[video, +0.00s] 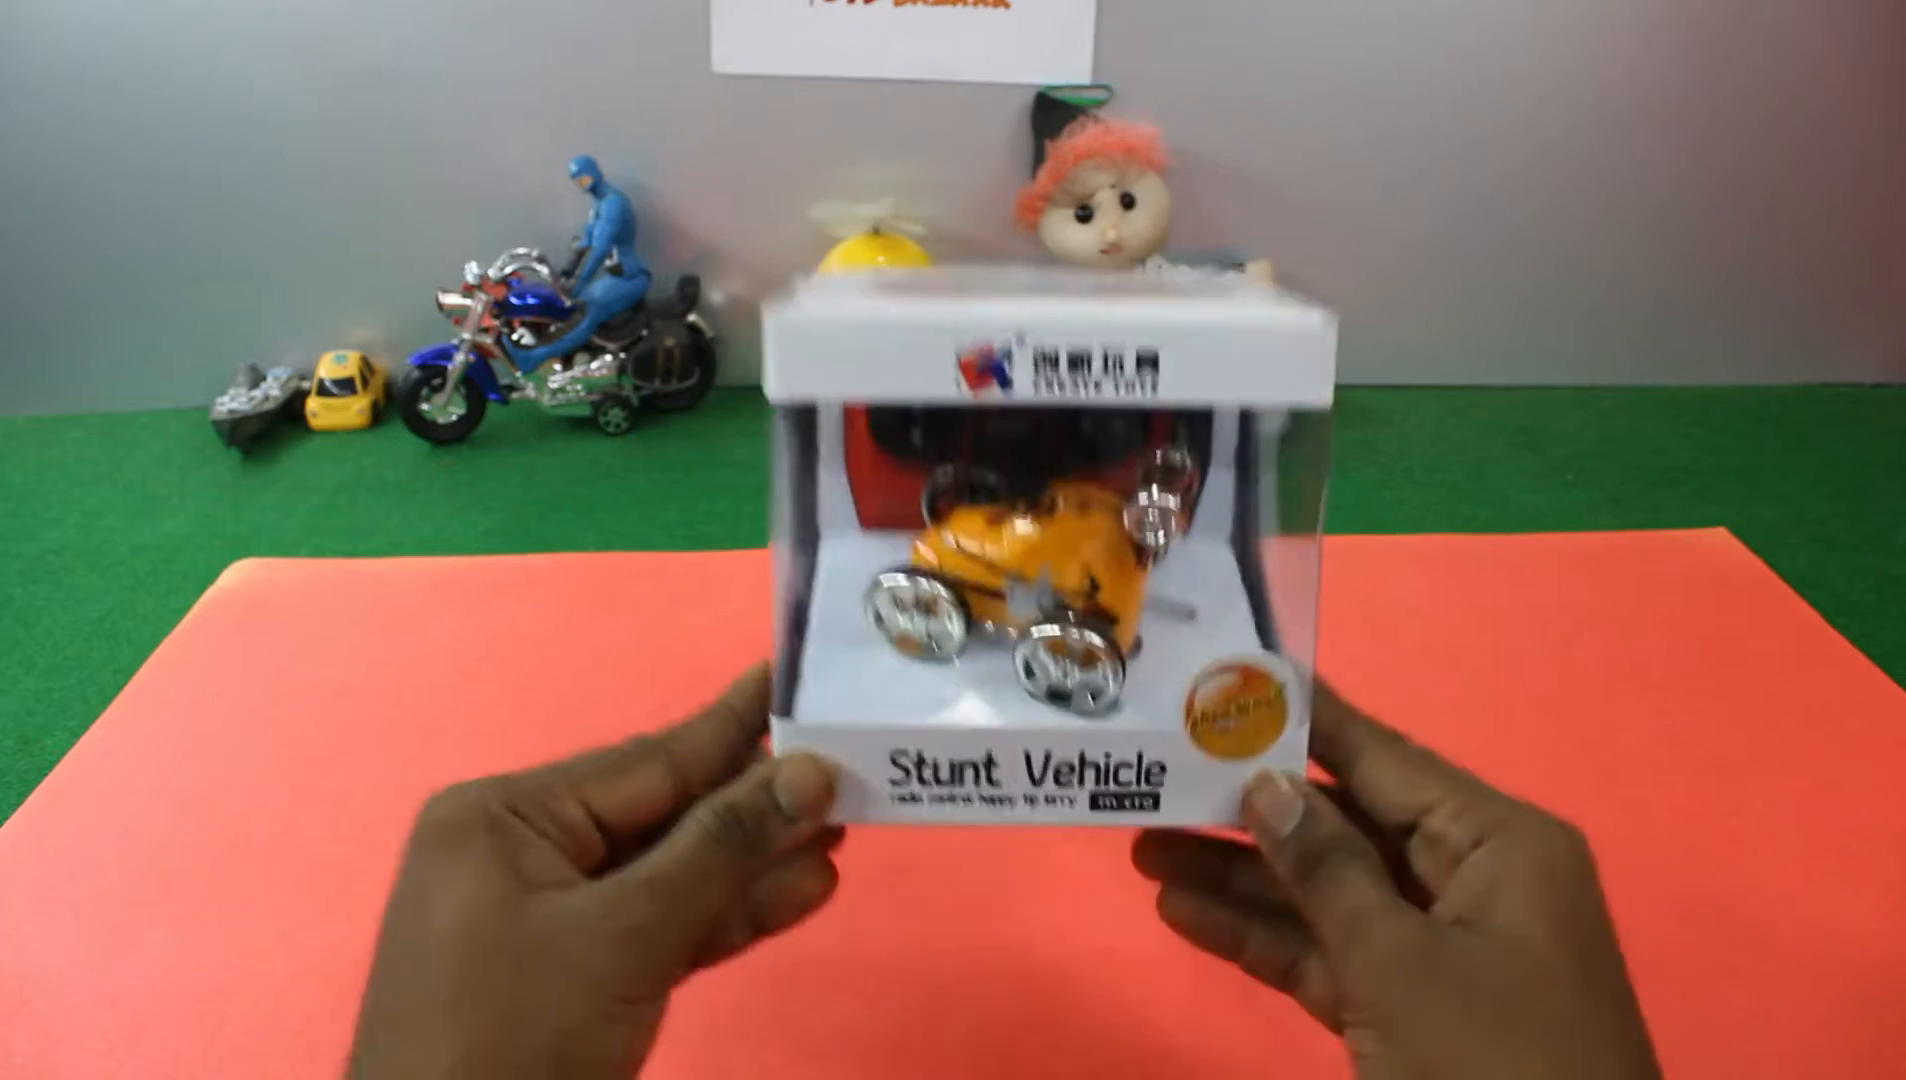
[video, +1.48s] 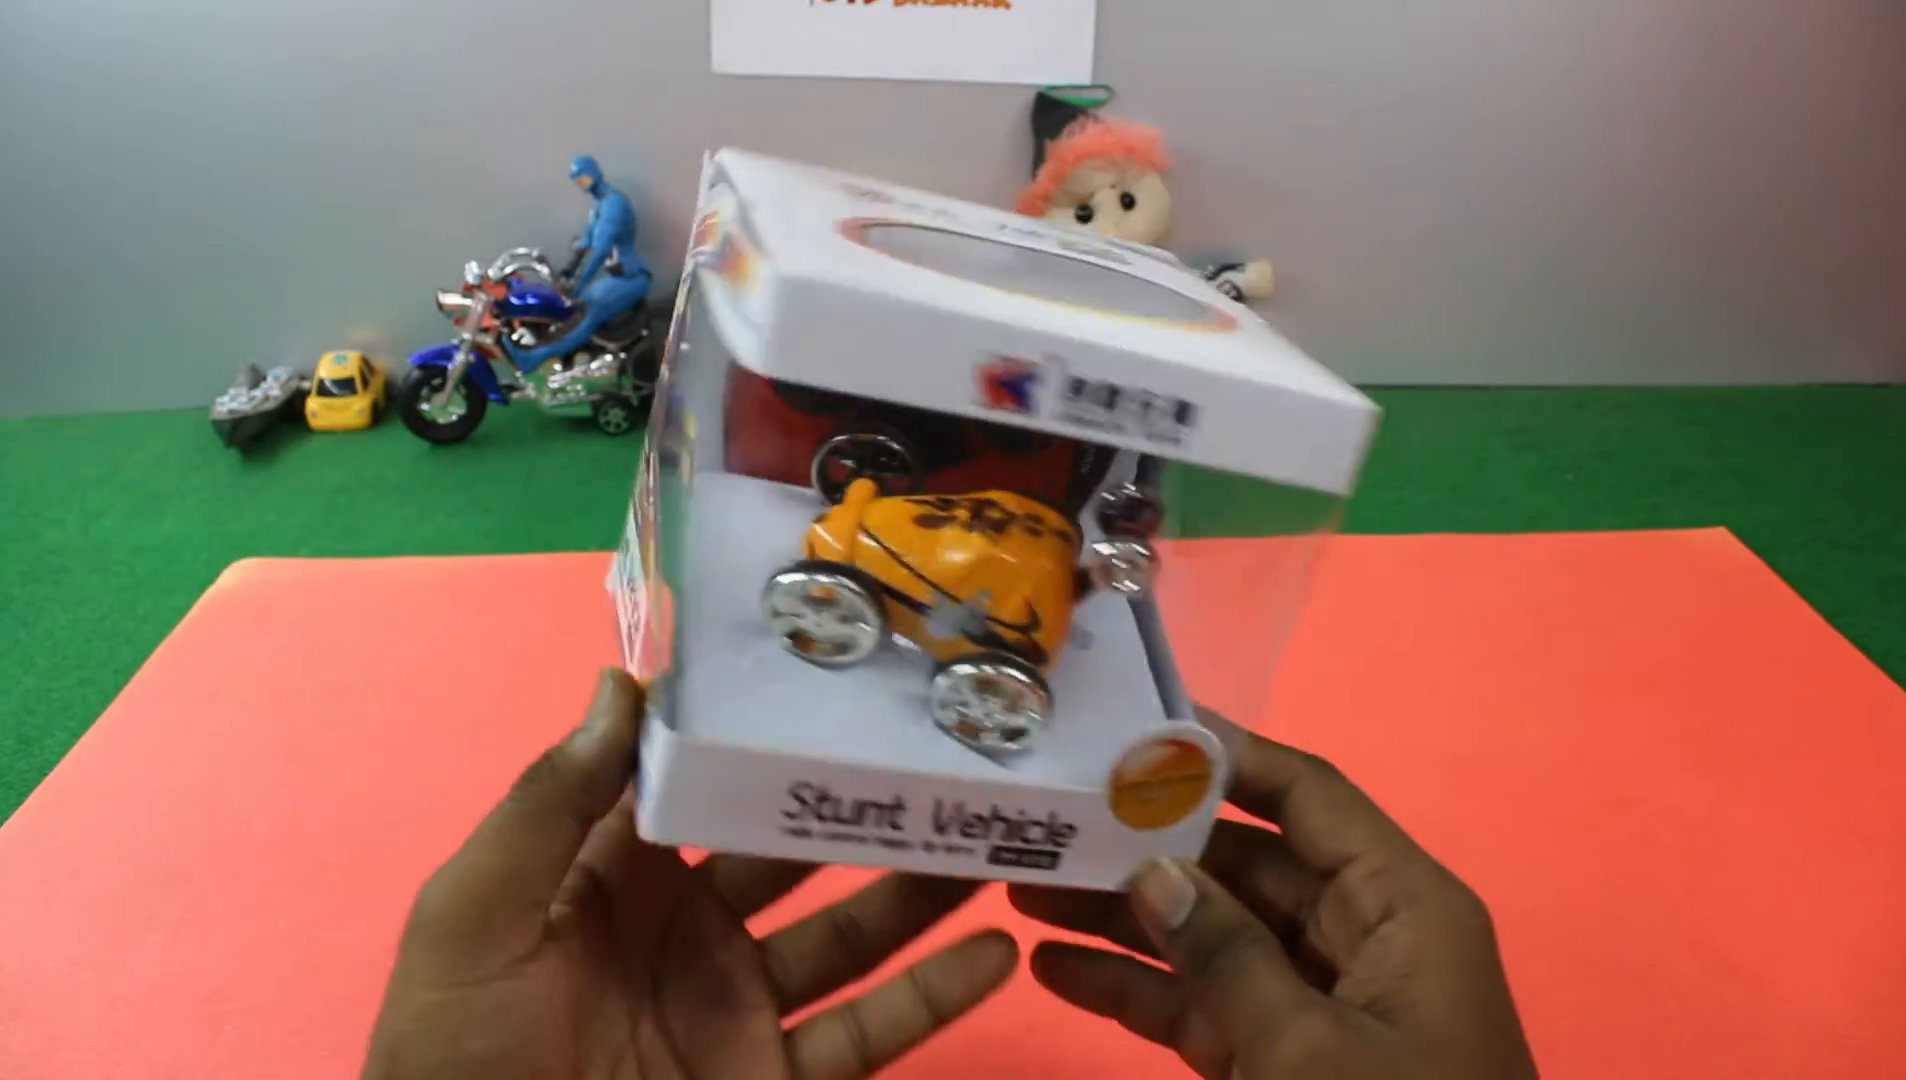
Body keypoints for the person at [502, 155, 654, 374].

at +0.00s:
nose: (581, 184)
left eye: (583, 177)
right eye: (576, 180)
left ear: (594, 174)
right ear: (576, 181)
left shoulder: (614, 203)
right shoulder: (598, 204)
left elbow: (601, 248)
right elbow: (587, 241)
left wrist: (577, 287)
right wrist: (567, 272)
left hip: (630, 277)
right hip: (611, 272)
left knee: (592, 313)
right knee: (573, 302)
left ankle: (532, 358)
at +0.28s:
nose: (581, 184)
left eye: (583, 177)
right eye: (576, 179)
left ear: (594, 174)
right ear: (576, 181)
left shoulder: (614, 203)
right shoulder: (598, 203)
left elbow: (601, 248)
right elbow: (586, 240)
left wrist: (577, 287)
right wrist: (567, 271)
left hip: (630, 277)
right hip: (611, 272)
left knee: (593, 312)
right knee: (574, 302)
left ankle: (532, 358)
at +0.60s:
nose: (581, 184)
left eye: (583, 177)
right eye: (576, 180)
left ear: (594, 174)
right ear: (576, 181)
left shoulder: (614, 203)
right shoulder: (598, 203)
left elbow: (601, 248)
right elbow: (586, 241)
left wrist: (577, 287)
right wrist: (567, 271)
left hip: (631, 277)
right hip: (612, 272)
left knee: (593, 313)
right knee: (575, 301)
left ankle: (532, 359)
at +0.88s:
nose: (581, 184)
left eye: (583, 177)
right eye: (576, 180)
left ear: (594, 174)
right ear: (576, 181)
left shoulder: (614, 203)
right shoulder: (598, 203)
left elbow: (601, 248)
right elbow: (586, 241)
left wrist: (577, 287)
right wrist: (567, 271)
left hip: (631, 277)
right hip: (611, 272)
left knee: (593, 313)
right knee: (574, 301)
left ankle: (532, 359)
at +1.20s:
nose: (581, 184)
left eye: (583, 177)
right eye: (577, 180)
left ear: (594, 174)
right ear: (577, 181)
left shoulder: (614, 203)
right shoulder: (598, 205)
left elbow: (602, 248)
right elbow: (587, 241)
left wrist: (578, 285)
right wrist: (567, 271)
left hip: (630, 276)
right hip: (611, 272)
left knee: (592, 311)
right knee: (574, 302)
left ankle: (532, 358)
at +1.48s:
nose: (581, 184)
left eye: (583, 177)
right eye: (577, 180)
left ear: (594, 174)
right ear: (577, 181)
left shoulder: (614, 203)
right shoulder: (598, 204)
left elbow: (602, 248)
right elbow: (587, 241)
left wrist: (578, 285)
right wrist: (568, 271)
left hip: (630, 276)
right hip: (611, 272)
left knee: (591, 311)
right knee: (574, 302)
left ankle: (532, 358)